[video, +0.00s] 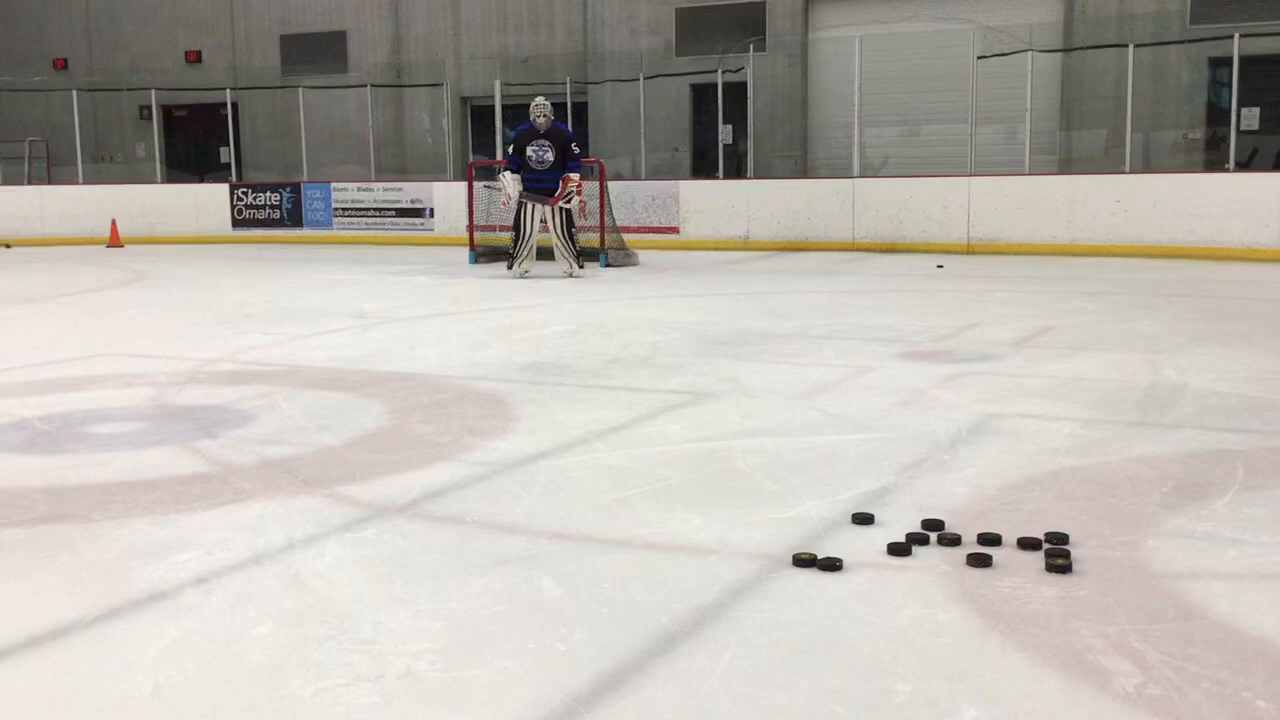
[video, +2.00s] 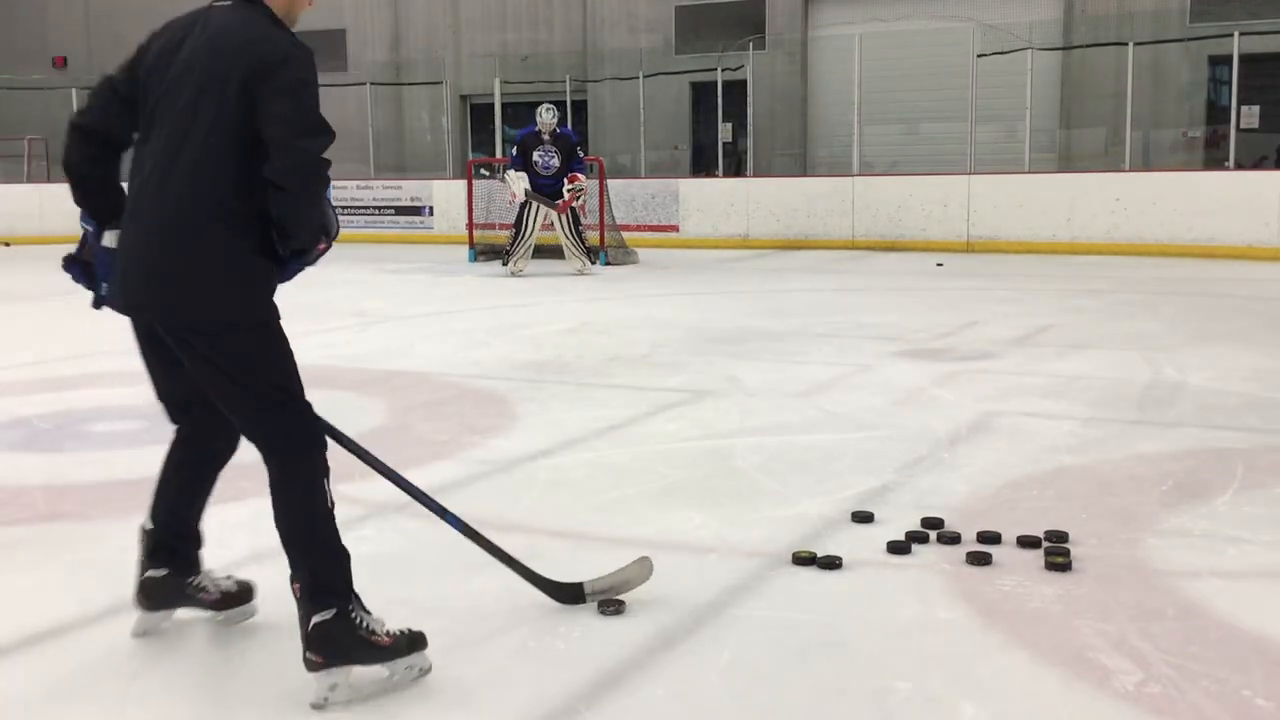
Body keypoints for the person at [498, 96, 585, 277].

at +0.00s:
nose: (541, 120)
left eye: (544, 116)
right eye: (537, 116)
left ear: (550, 116)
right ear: (531, 117)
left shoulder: (563, 134)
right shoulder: (522, 134)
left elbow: (574, 161)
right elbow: (513, 162)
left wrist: (571, 187)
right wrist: (511, 187)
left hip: (556, 193)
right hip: (529, 192)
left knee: (562, 232)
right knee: (524, 231)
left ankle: (572, 267)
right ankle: (520, 268)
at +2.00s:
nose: (546, 127)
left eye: (550, 124)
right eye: (543, 124)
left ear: (556, 121)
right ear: (537, 121)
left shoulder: (567, 138)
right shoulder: (526, 138)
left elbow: (577, 164)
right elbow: (516, 164)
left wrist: (577, 184)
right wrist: (520, 185)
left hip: (560, 194)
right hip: (534, 194)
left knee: (570, 232)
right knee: (526, 231)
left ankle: (583, 265)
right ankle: (515, 266)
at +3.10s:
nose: (539, 142)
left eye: (543, 138)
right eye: (536, 138)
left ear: (549, 138)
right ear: (530, 137)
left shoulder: (558, 153)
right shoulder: (519, 153)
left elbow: (573, 175)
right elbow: (504, 176)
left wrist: (580, 167)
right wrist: (497, 197)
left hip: (552, 198)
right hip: (523, 198)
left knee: (566, 229)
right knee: (509, 229)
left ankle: (579, 263)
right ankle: (496, 264)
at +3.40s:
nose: (539, 149)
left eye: (543, 145)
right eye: (536, 145)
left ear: (549, 146)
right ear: (530, 146)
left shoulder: (556, 164)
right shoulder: (520, 163)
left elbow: (570, 185)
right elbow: (503, 187)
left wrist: (580, 176)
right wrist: (496, 208)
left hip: (549, 204)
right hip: (521, 203)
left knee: (564, 233)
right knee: (507, 232)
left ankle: (583, 263)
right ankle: (491, 264)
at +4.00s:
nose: (538, 155)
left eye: (541, 151)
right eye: (534, 151)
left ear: (547, 152)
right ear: (528, 153)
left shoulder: (556, 170)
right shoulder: (516, 169)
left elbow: (569, 195)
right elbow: (500, 191)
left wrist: (580, 186)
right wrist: (501, 211)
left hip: (549, 209)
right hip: (523, 209)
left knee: (565, 236)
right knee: (510, 237)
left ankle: (584, 263)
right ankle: (491, 265)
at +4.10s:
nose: (538, 158)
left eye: (541, 154)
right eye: (534, 154)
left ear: (548, 156)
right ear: (528, 156)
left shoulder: (556, 174)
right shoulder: (516, 171)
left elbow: (565, 197)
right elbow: (500, 191)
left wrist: (573, 204)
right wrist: (512, 210)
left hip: (549, 217)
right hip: (522, 217)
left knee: (565, 241)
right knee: (512, 243)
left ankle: (587, 264)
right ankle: (493, 266)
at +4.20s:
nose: (536, 164)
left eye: (540, 160)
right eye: (532, 160)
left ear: (547, 160)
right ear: (527, 161)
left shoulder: (556, 180)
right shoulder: (518, 178)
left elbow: (564, 203)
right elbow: (501, 196)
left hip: (549, 224)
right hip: (524, 225)